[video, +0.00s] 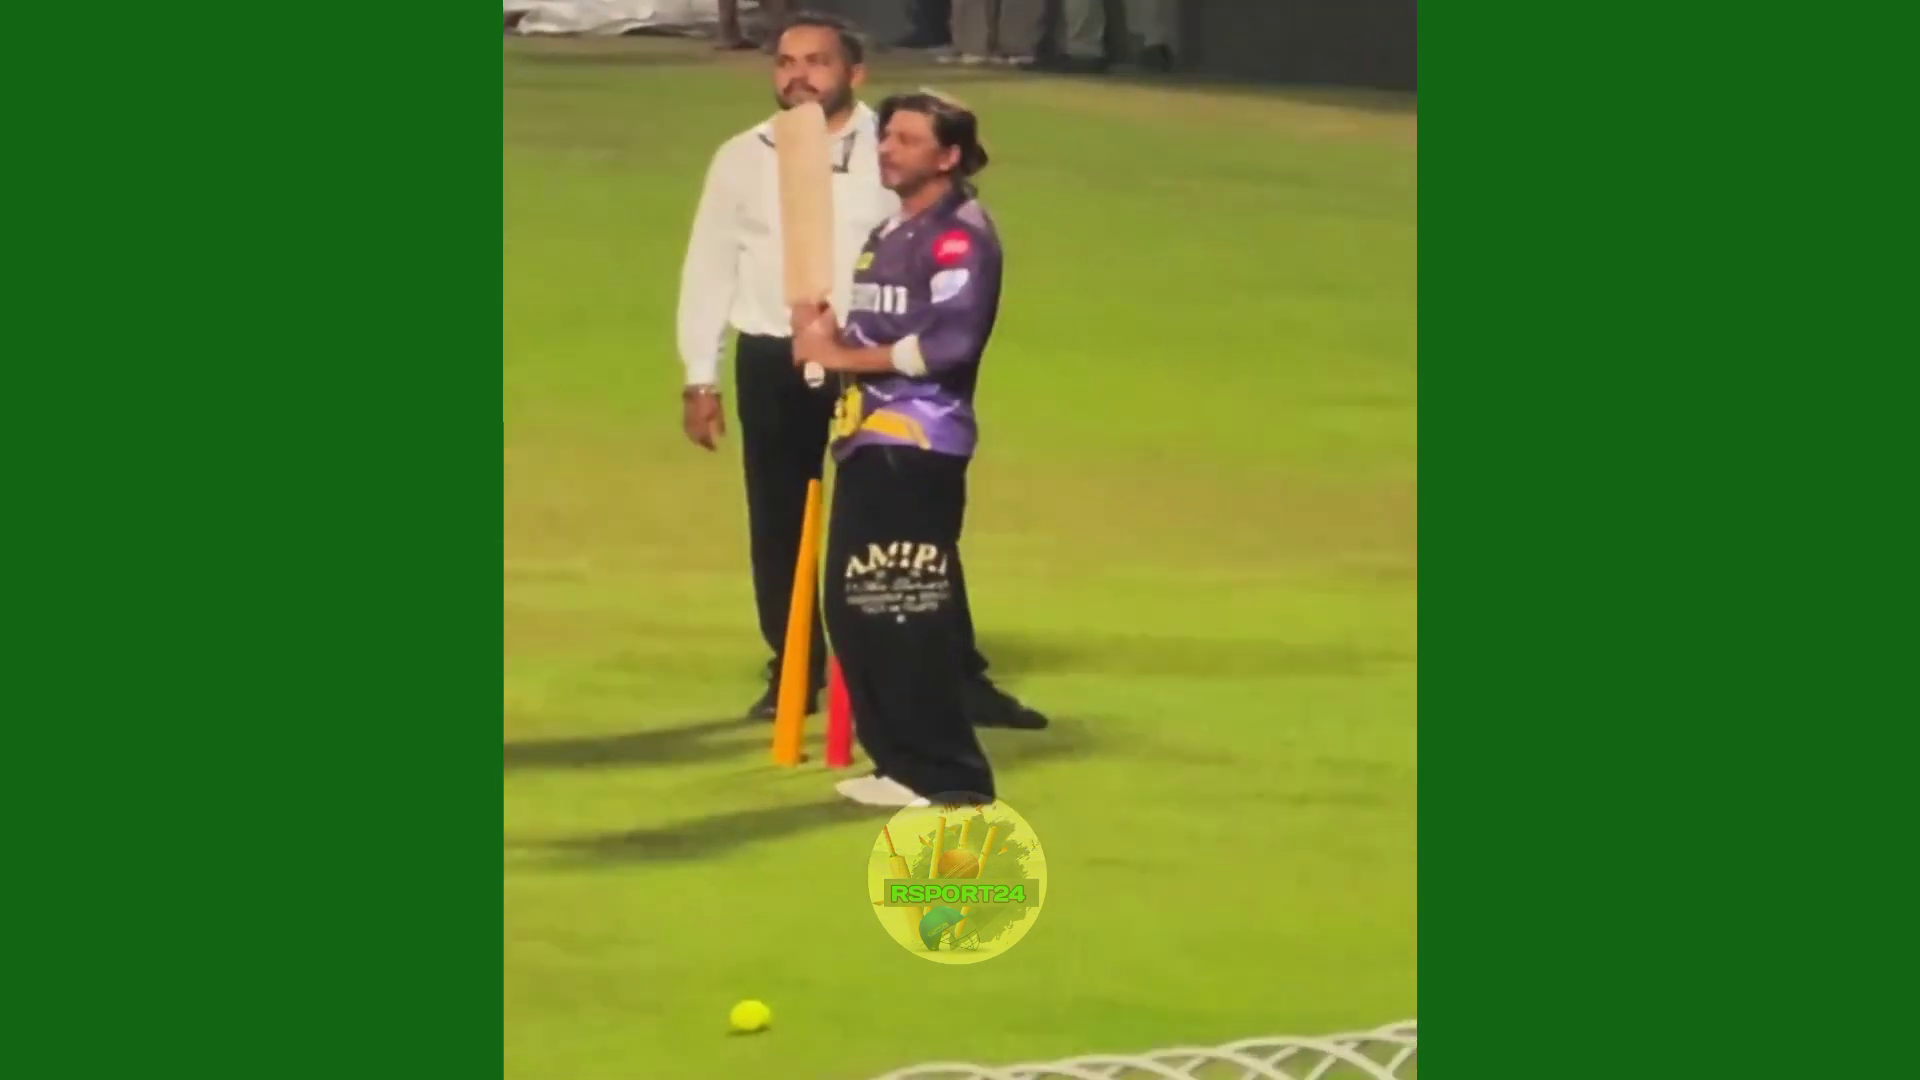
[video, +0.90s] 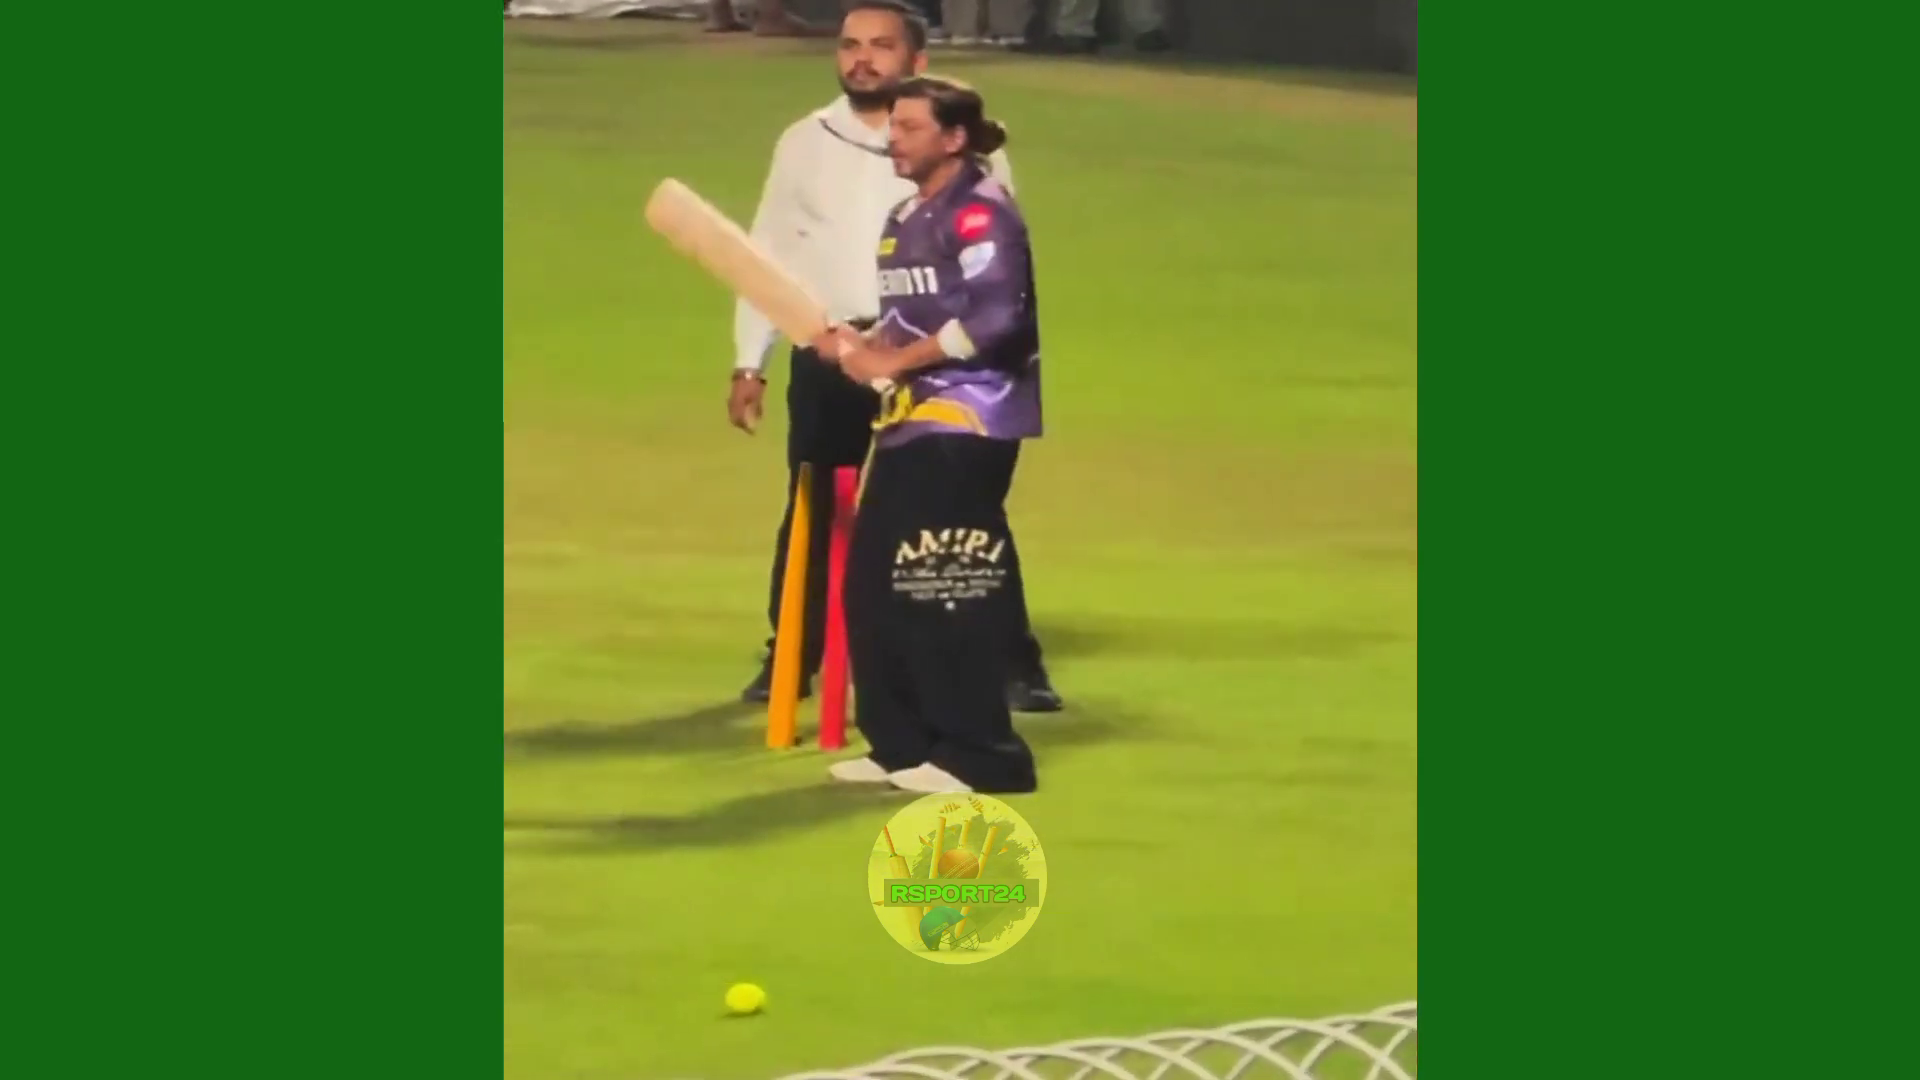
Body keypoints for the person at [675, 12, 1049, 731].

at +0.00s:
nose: (797, 75)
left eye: (814, 62)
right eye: (786, 62)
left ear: (854, 72)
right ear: (774, 71)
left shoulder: (891, 153)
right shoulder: (745, 156)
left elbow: (929, 274)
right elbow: (708, 268)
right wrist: (699, 377)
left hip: (870, 368)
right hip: (775, 363)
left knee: (915, 529)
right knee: (778, 526)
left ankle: (959, 674)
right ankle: (792, 673)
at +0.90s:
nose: (862, 59)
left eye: (879, 46)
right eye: (851, 45)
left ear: (915, 56)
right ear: (836, 55)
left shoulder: (959, 143)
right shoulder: (805, 142)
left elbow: (1001, 254)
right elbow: (770, 259)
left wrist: (973, 343)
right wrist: (749, 362)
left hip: (933, 364)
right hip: (831, 364)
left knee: (976, 524)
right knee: (814, 515)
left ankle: (1018, 665)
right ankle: (789, 660)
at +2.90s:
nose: (827, 139)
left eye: (844, 125)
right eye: (814, 125)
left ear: (876, 134)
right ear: (798, 134)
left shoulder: (924, 211)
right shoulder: (760, 214)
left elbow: (970, 321)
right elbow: (704, 288)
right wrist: (729, 381)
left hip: (893, 428)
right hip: (790, 428)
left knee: (943, 604)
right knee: (768, 595)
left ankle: (970, 754)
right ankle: (747, 746)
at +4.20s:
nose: (766, 163)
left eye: (782, 149)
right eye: (750, 150)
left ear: (811, 155)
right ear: (732, 157)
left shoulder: (864, 231)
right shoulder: (698, 236)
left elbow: (903, 336)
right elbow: (663, 336)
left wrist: (843, 404)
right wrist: (689, 394)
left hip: (839, 445)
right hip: (730, 448)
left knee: (878, 603)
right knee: (696, 603)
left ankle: (908, 761)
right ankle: (676, 753)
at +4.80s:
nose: (736, 121)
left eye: (752, 107)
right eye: (721, 108)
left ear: (780, 116)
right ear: (701, 116)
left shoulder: (832, 198)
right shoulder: (664, 202)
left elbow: (864, 312)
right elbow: (633, 316)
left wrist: (839, 410)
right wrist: (610, 422)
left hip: (802, 408)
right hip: (694, 412)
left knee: (846, 574)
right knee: (666, 573)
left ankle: (886, 722)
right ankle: (656, 719)